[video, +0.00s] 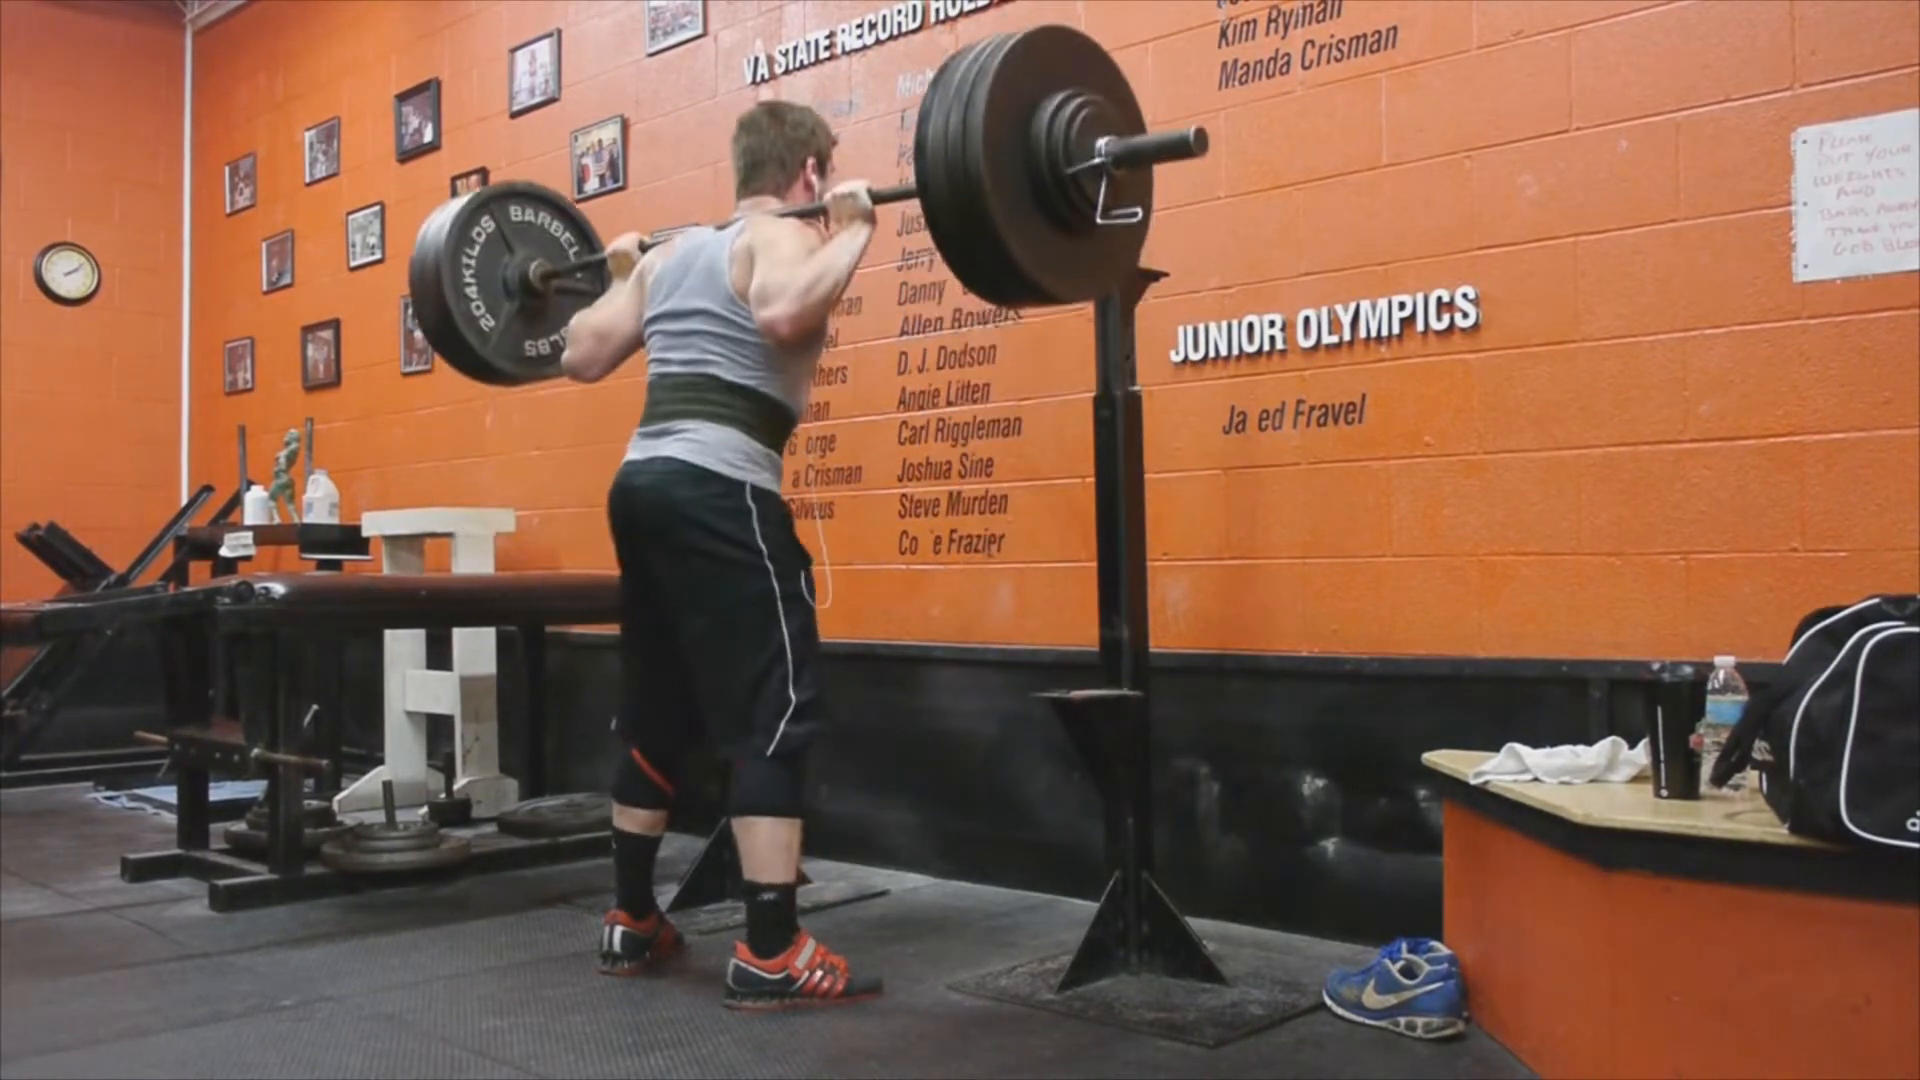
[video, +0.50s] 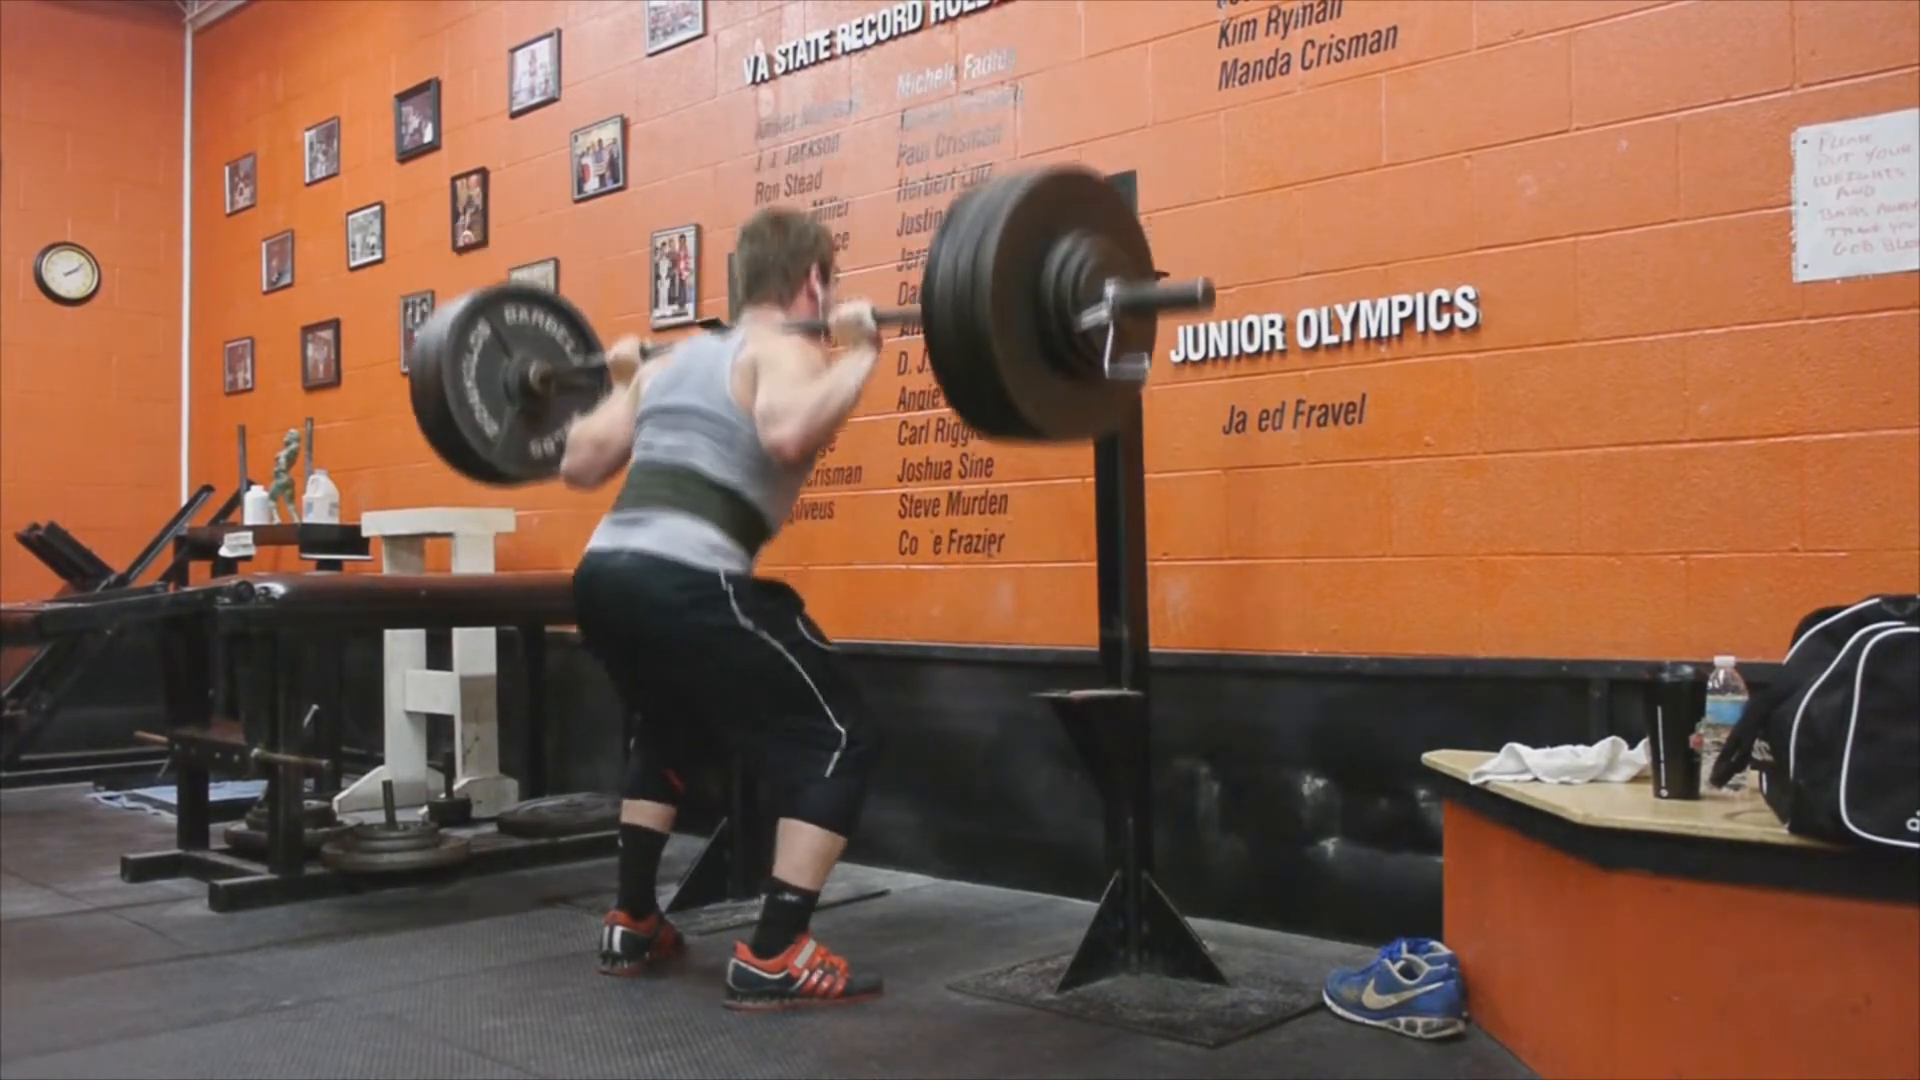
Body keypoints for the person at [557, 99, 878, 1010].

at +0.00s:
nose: (830, 188)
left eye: (828, 173)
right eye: (829, 174)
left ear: (742, 173)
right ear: (809, 170)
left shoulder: (671, 252)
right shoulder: (785, 233)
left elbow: (584, 355)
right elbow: (779, 312)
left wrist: (619, 271)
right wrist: (854, 230)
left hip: (645, 485)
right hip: (722, 489)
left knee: (658, 704)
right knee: (775, 708)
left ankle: (632, 919)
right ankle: (771, 945)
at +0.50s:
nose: (833, 294)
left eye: (830, 280)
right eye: (830, 281)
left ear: (743, 285)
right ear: (808, 283)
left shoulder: (676, 359)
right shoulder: (788, 347)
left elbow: (580, 463)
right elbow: (786, 434)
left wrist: (624, 381)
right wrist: (861, 351)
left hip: (605, 578)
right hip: (691, 585)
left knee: (662, 725)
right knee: (838, 734)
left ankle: (633, 920)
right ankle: (776, 947)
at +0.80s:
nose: (832, 410)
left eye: (833, 398)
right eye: (831, 397)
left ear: (745, 404)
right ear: (813, 402)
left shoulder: (675, 476)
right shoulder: (791, 470)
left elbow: (584, 580)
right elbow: (794, 566)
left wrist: (626, 492)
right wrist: (867, 481)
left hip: (594, 687)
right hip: (685, 698)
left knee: (675, 750)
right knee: (858, 770)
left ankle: (634, 918)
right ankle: (776, 951)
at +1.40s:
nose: (837, 443)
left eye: (835, 428)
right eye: (835, 428)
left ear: (746, 432)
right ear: (817, 432)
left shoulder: (674, 503)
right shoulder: (798, 498)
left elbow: (574, 594)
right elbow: (786, 582)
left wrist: (626, 516)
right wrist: (867, 505)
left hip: (600, 713)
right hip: (698, 721)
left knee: (674, 751)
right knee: (860, 768)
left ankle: (634, 917)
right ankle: (775, 950)